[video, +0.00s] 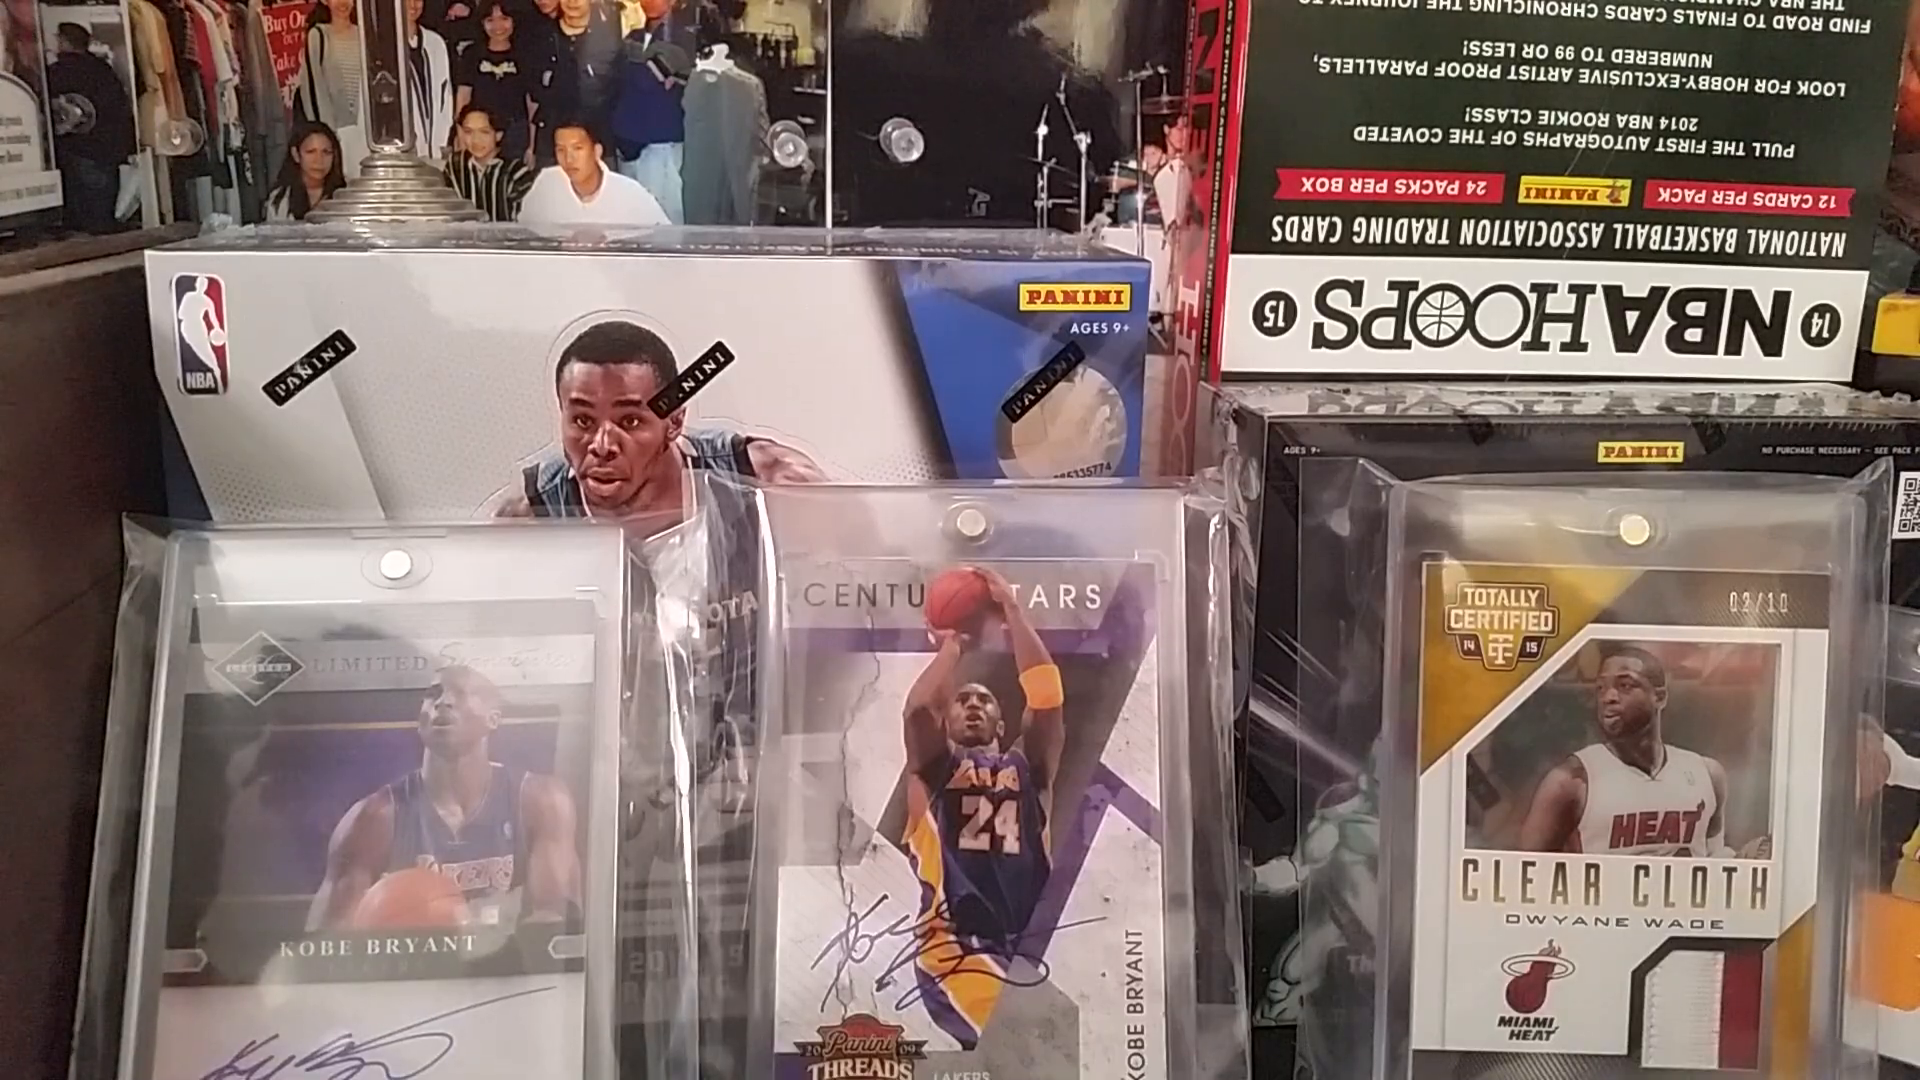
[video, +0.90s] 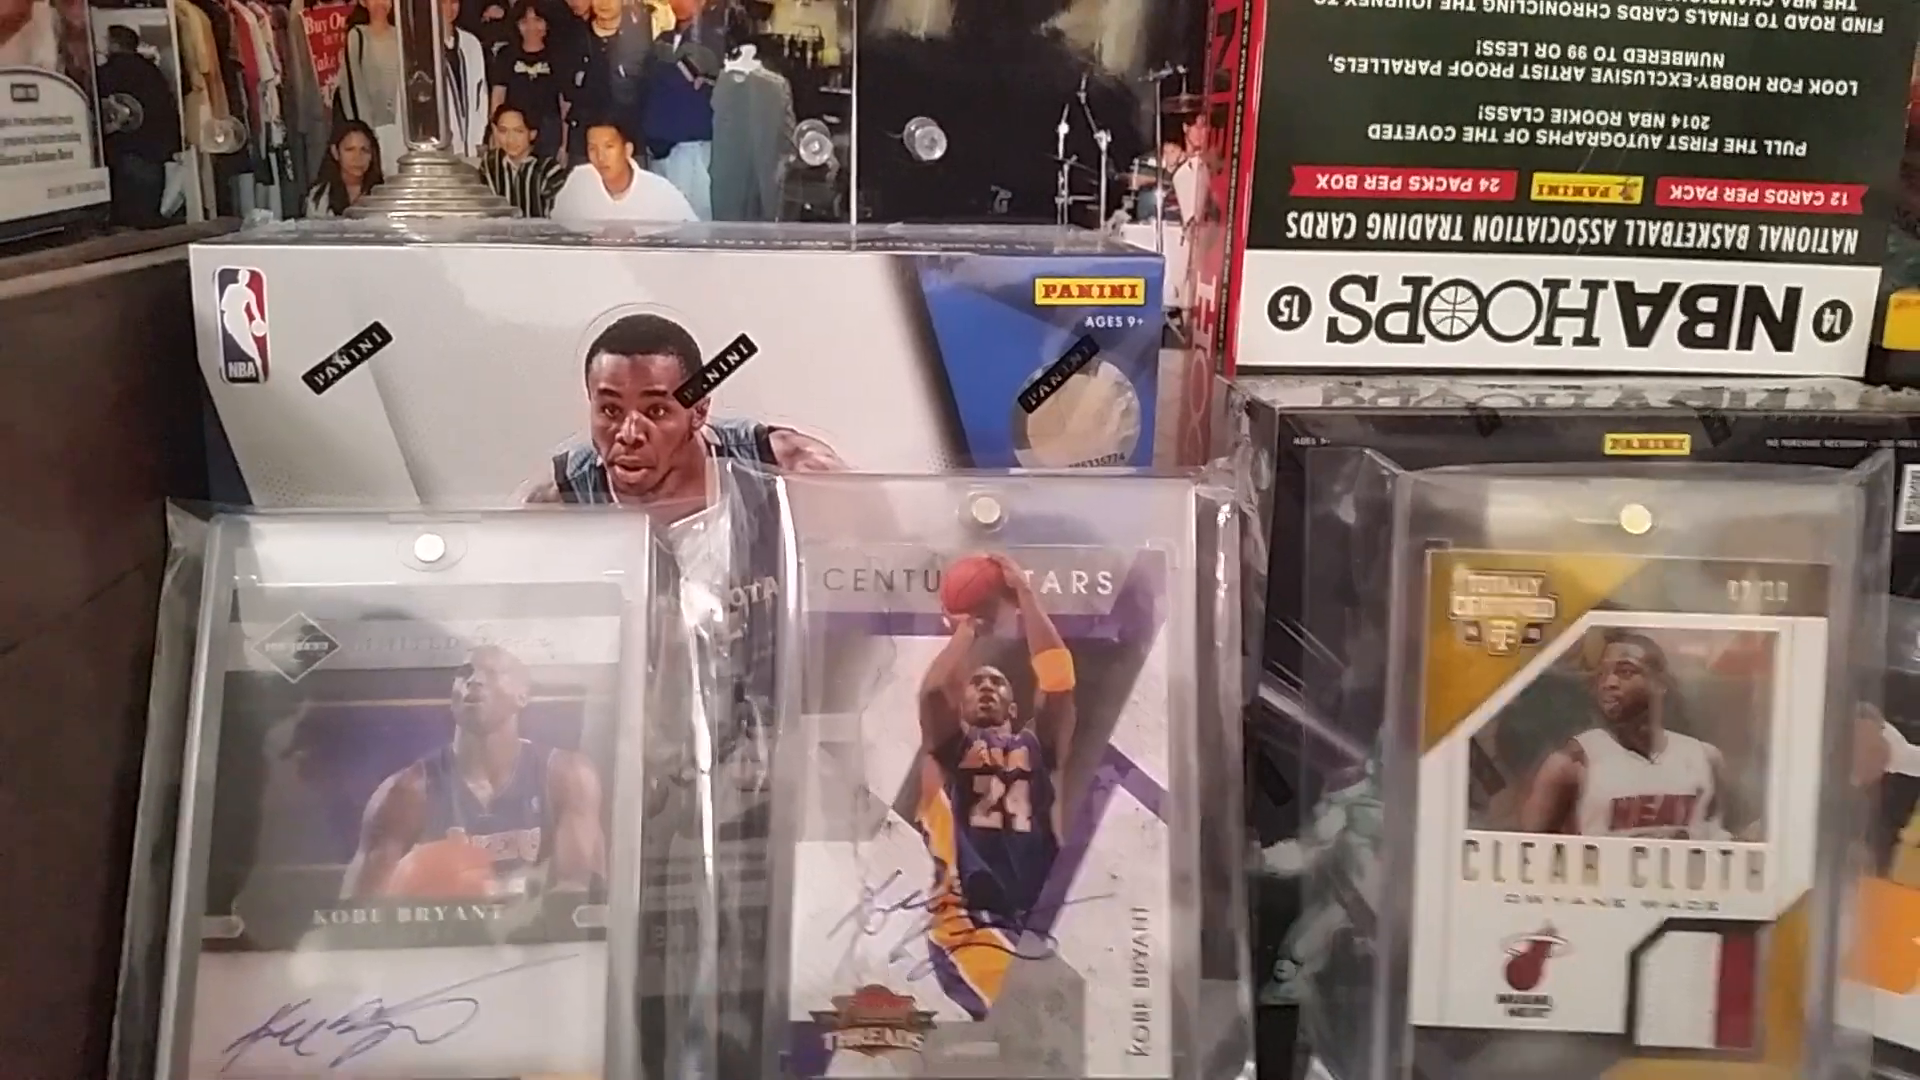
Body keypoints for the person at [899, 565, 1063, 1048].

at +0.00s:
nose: (973, 705)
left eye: (984, 700)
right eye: (962, 701)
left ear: (1002, 722)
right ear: (946, 722)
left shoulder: (1029, 765)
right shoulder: (934, 765)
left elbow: (1046, 694)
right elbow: (919, 709)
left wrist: (1011, 606)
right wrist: (952, 643)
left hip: (1026, 945)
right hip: (952, 946)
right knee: (1031, 1041)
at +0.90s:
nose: (986, 688)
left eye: (997, 683)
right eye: (975, 683)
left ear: (1014, 702)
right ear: (960, 702)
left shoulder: (1041, 746)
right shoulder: (949, 746)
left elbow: (1058, 680)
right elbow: (933, 689)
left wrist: (1025, 594)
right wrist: (970, 624)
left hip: (1035, 919)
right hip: (965, 921)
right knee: (1035, 1014)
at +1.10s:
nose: (909, 682)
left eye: (922, 672)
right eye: (898, 673)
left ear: (941, 681)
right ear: (881, 682)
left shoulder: (955, 725)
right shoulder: (876, 730)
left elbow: (979, 664)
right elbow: (858, 682)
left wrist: (947, 593)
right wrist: (893, 621)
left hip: (949, 833)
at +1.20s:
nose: (872, 675)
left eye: (884, 666)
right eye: (861, 667)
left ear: (904, 677)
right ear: (845, 677)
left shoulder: (923, 724)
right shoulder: (839, 726)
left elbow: (941, 657)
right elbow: (822, 678)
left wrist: (910, 584)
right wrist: (852, 620)